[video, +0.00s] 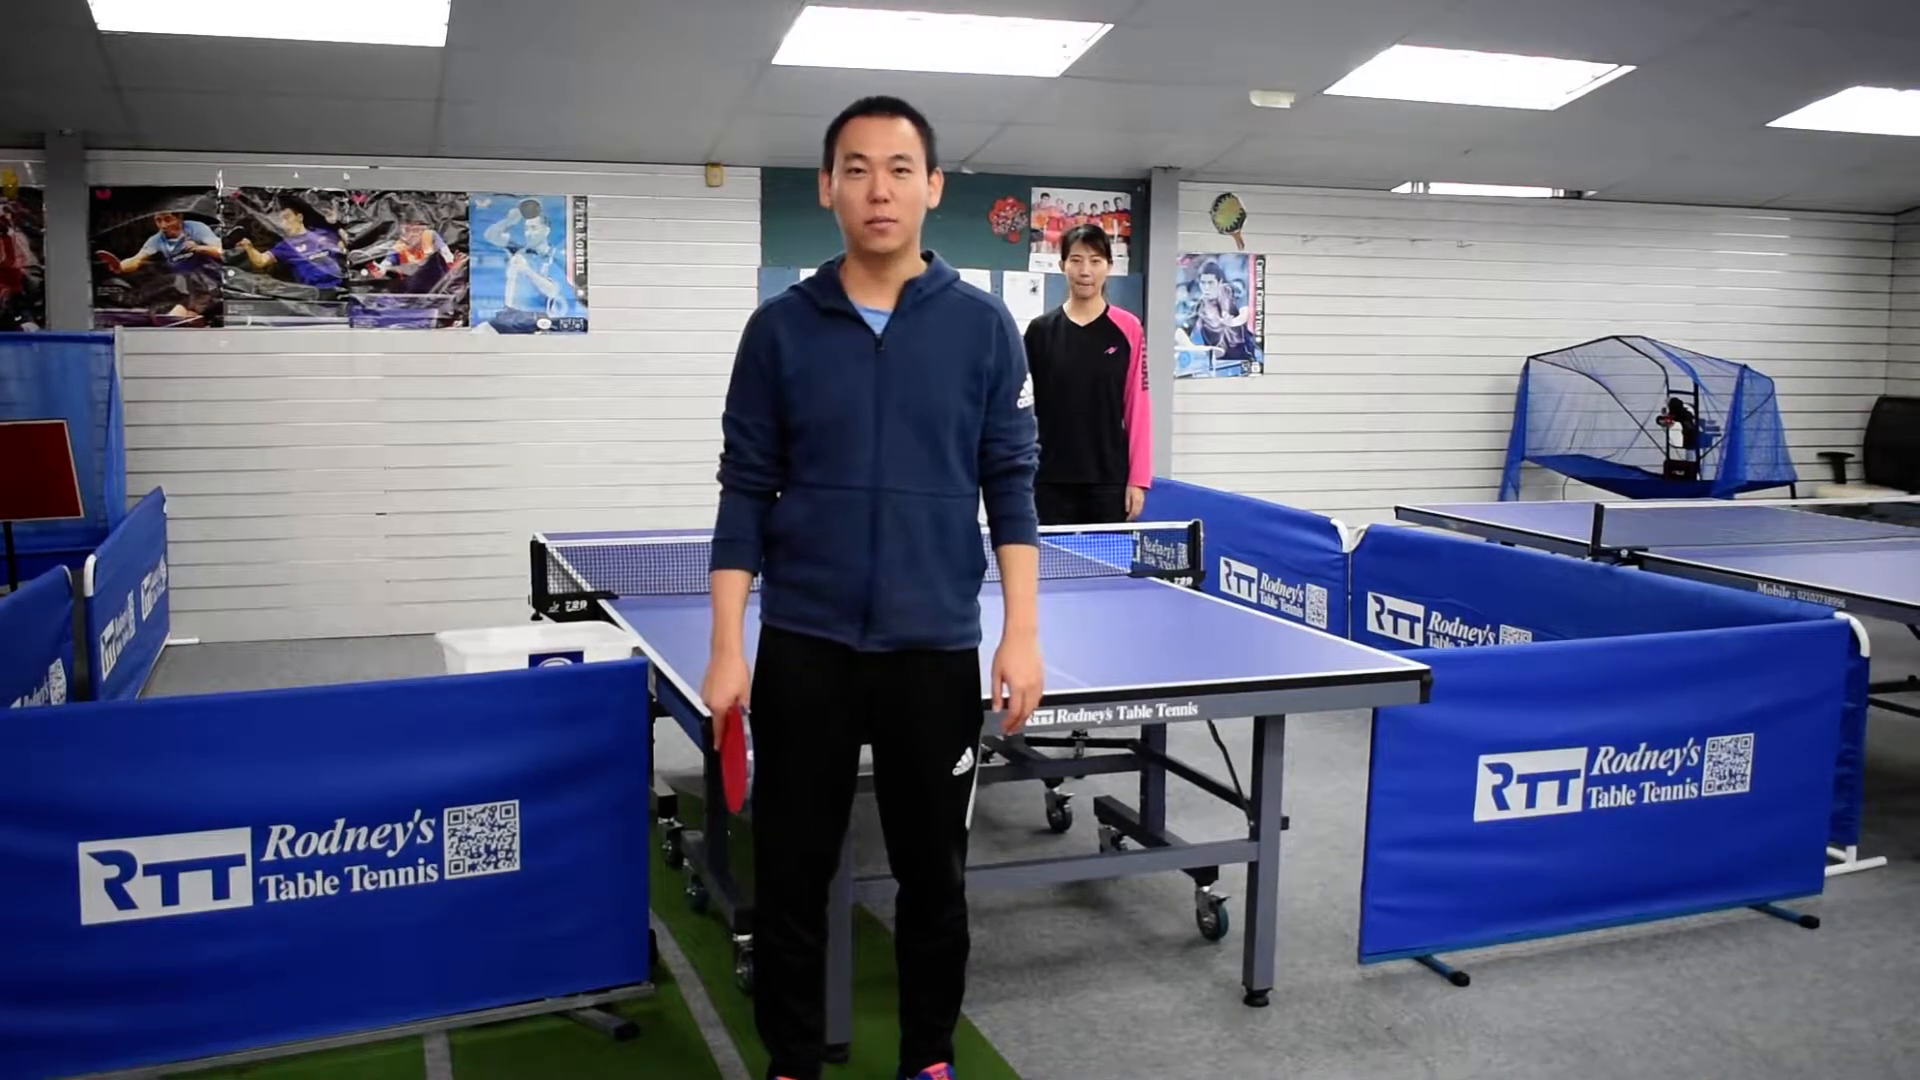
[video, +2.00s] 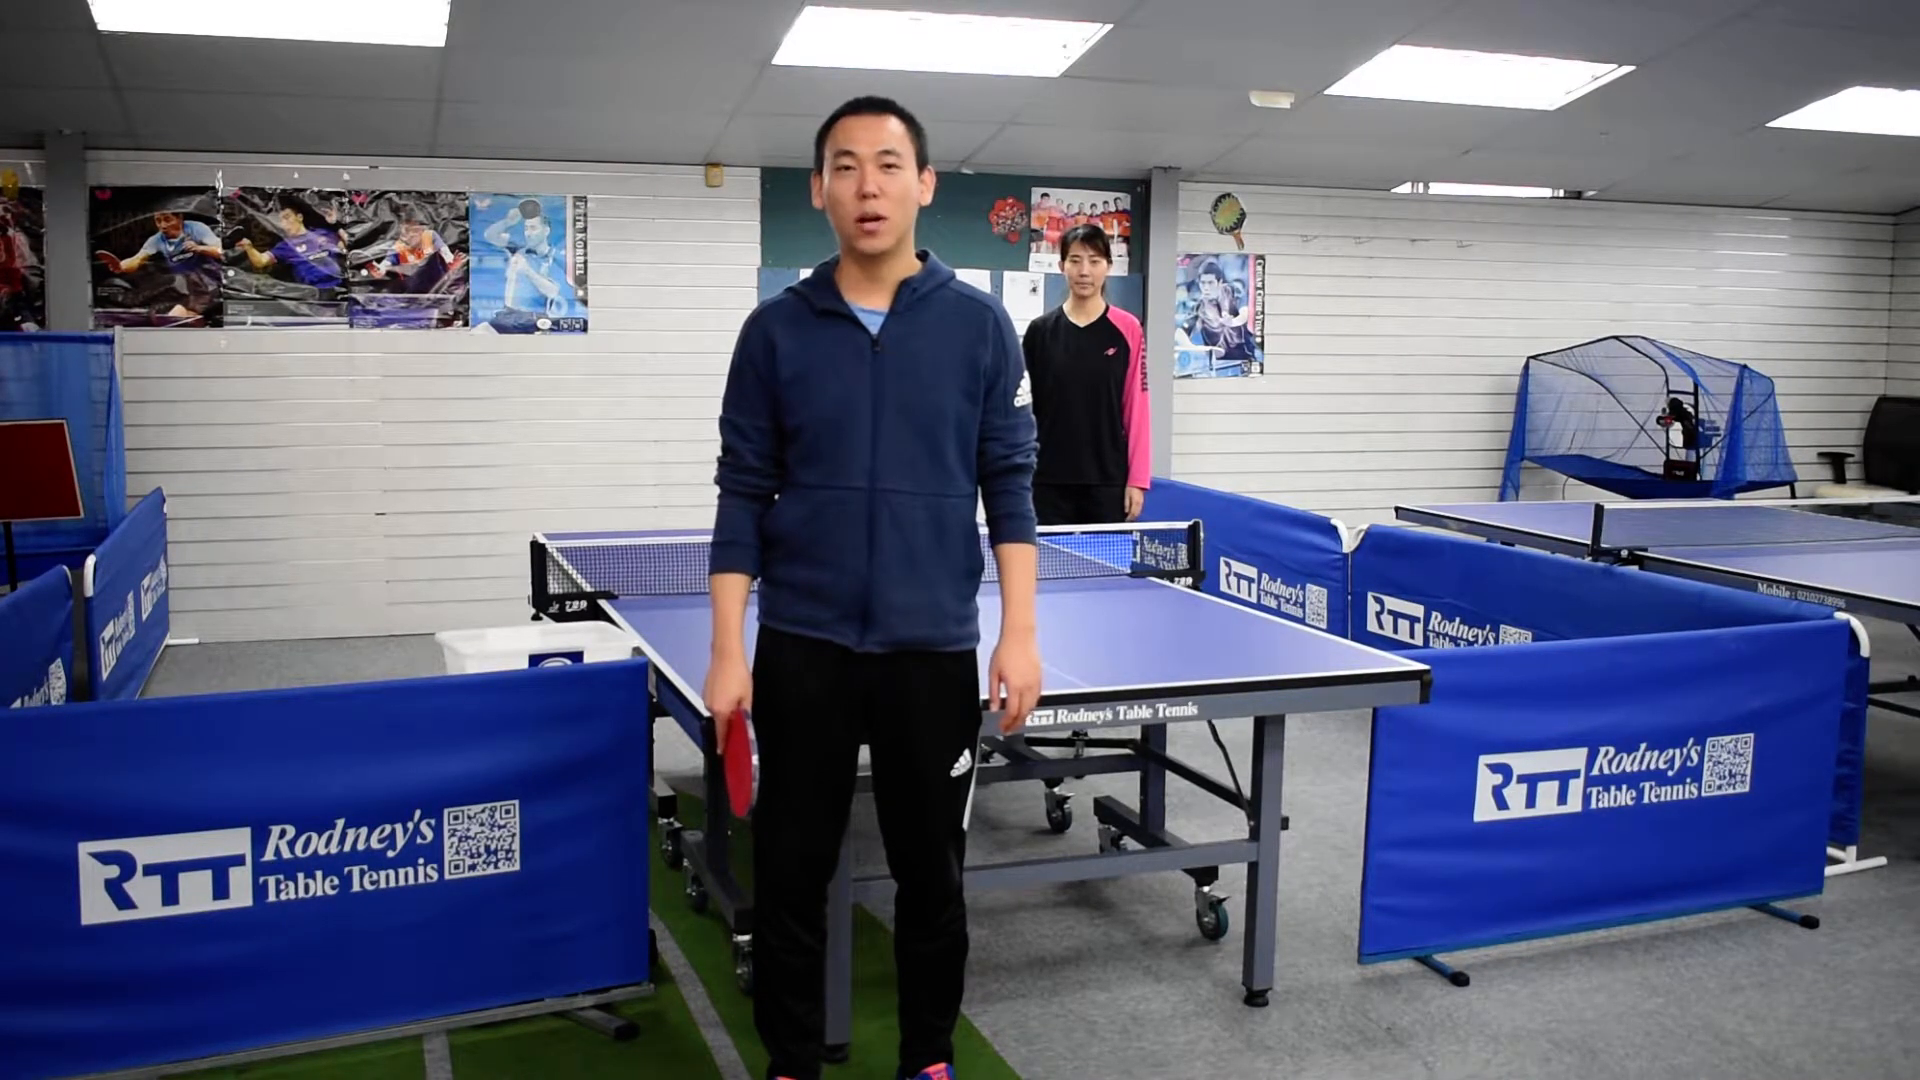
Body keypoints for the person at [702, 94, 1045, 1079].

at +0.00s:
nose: (877, 188)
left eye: (899, 169)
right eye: (856, 169)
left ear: (932, 190)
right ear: (829, 191)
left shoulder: (983, 327)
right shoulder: (780, 327)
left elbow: (1012, 485)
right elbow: (743, 488)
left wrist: (1022, 632)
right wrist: (726, 645)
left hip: (933, 645)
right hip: (805, 643)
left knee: (932, 874)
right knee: (790, 875)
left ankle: (930, 1060)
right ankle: (792, 1061)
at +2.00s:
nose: (866, 185)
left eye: (888, 165)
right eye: (844, 166)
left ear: (924, 188)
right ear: (820, 192)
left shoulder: (979, 327)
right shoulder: (776, 330)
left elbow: (1011, 485)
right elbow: (740, 490)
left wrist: (1020, 633)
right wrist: (727, 649)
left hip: (932, 645)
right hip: (804, 644)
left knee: (930, 874)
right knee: (789, 875)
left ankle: (929, 1060)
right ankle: (791, 1062)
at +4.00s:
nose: (870, 187)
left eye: (892, 167)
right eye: (849, 168)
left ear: (926, 189)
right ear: (823, 190)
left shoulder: (979, 326)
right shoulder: (777, 329)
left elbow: (1011, 486)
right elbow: (741, 491)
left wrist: (1021, 634)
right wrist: (729, 650)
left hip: (933, 644)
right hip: (805, 643)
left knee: (931, 872)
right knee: (790, 874)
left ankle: (930, 1061)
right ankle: (791, 1061)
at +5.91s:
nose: (868, 187)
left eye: (890, 167)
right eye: (846, 168)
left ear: (925, 188)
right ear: (821, 192)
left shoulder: (979, 326)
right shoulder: (776, 330)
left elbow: (1012, 483)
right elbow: (742, 492)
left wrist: (1022, 631)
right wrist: (731, 653)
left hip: (933, 645)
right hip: (805, 644)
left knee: (932, 873)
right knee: (790, 877)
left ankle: (930, 1060)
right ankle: (791, 1062)